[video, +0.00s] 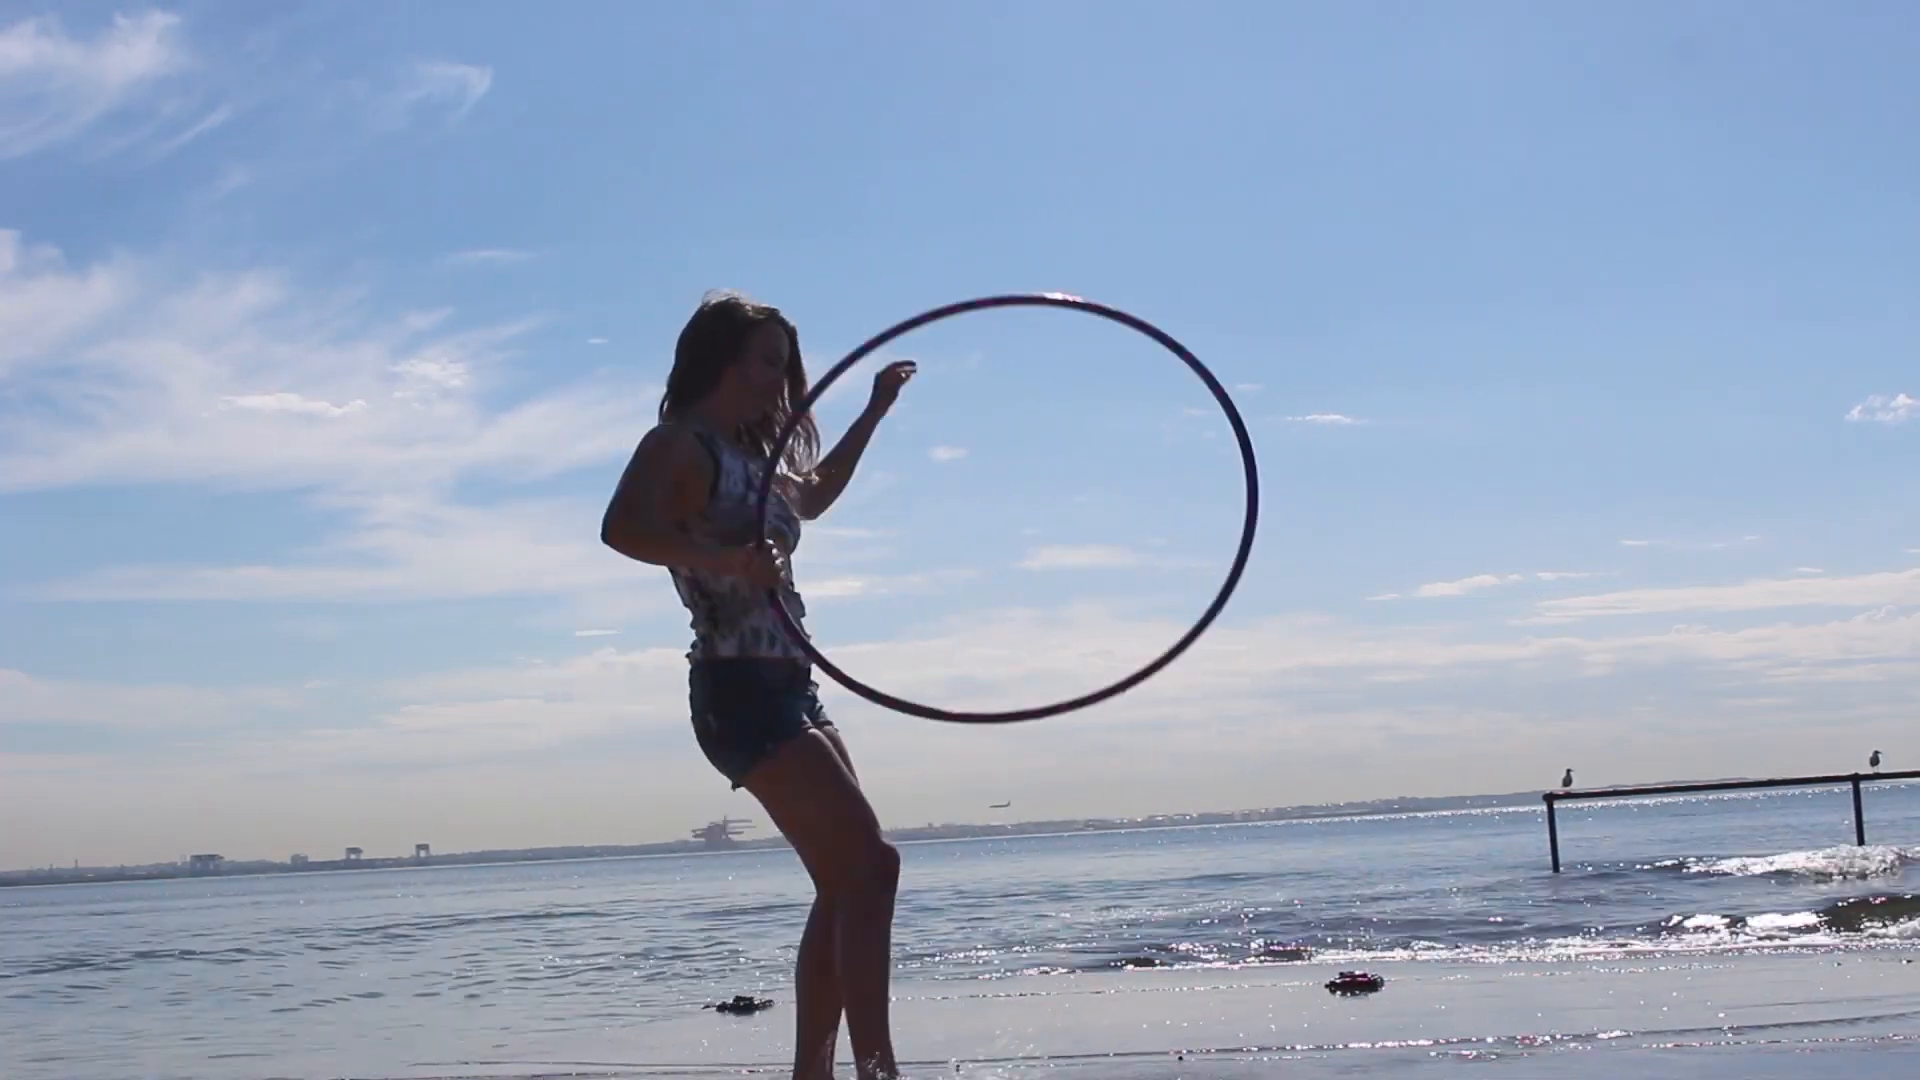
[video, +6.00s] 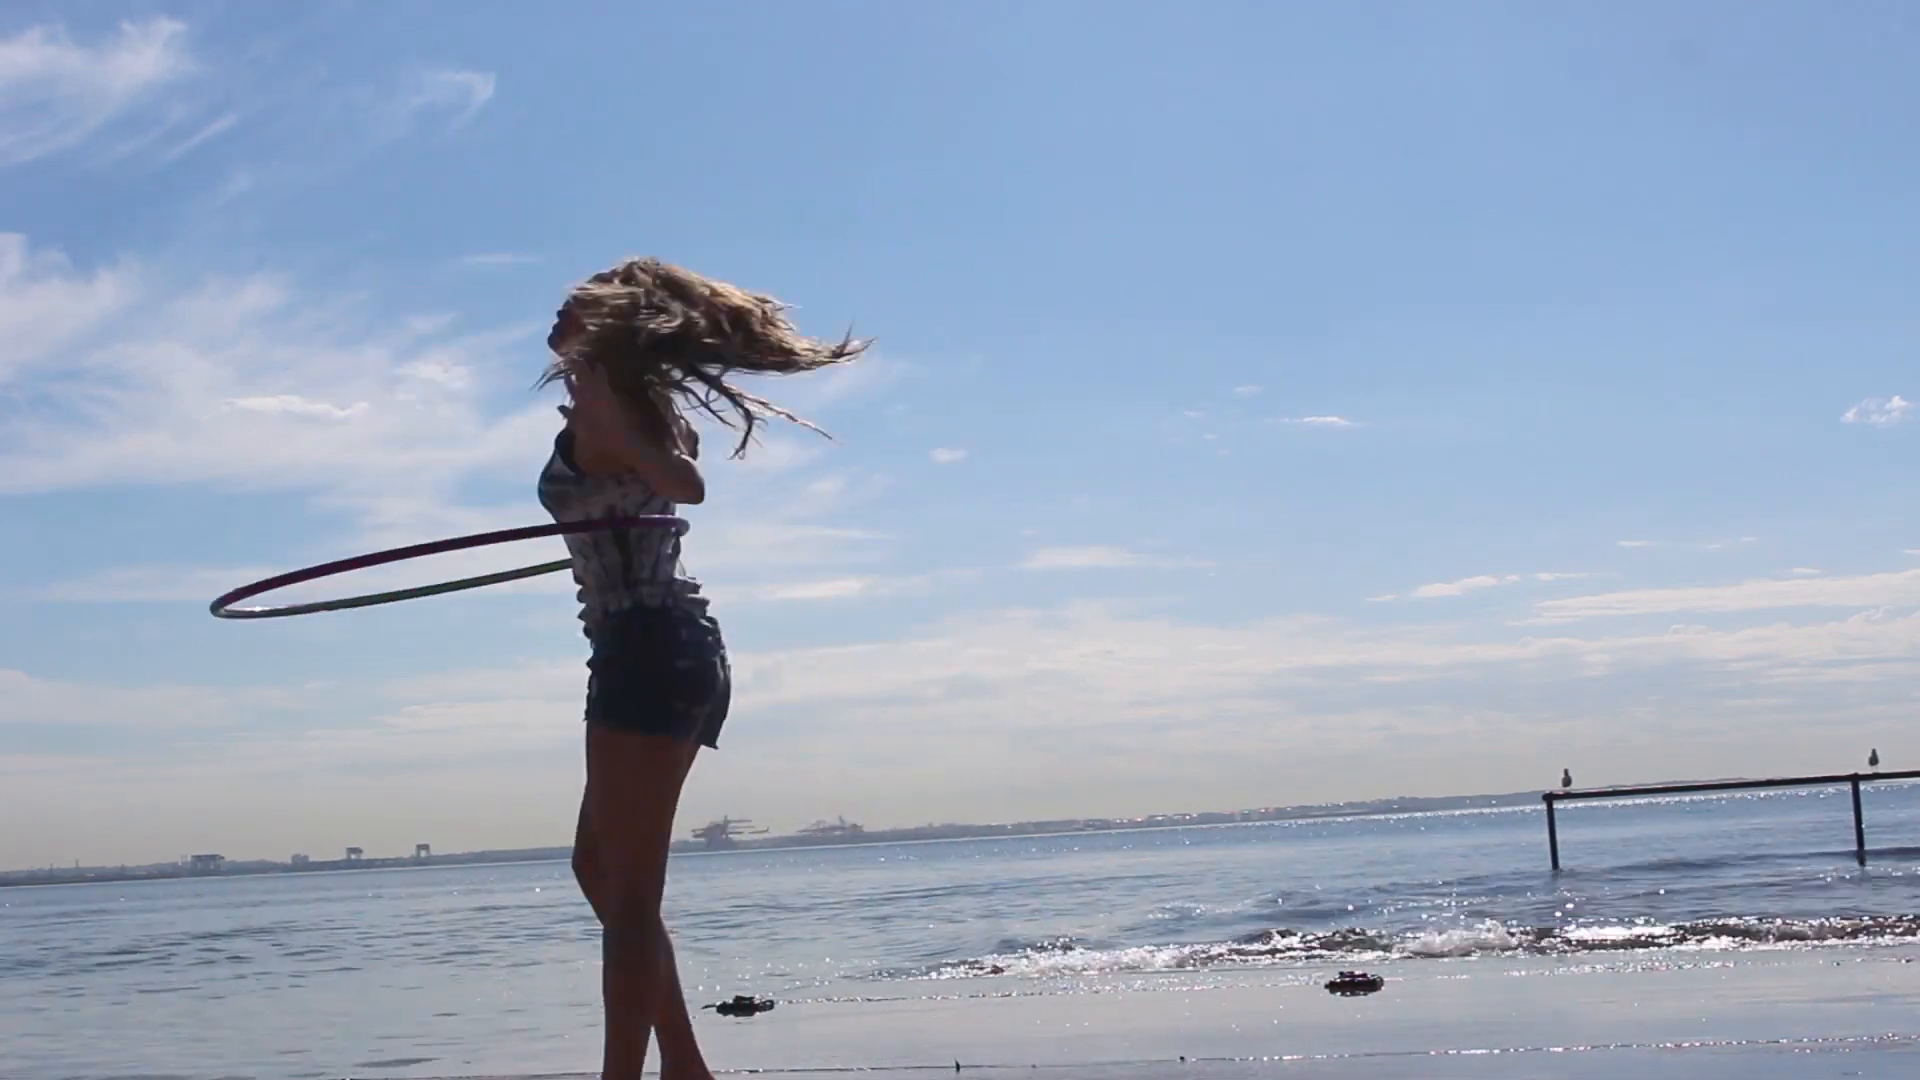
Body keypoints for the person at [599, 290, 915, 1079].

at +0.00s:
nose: (781, 379)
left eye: (785, 366)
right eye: (770, 363)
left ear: (774, 371)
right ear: (724, 362)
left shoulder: (756, 450)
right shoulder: (678, 441)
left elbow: (814, 495)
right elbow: (623, 527)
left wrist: (874, 412)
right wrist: (723, 559)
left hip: (786, 685)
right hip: (744, 690)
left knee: (843, 880)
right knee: (870, 867)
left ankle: (811, 1070)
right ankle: (878, 1066)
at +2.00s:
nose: (716, 396)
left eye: (728, 382)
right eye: (716, 382)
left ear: (778, 386)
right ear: (776, 389)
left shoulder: (764, 458)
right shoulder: (824, 467)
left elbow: (680, 516)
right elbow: (833, 583)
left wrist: (606, 443)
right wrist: (743, 583)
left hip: (811, 710)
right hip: (815, 706)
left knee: (785, 915)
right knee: (665, 851)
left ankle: (956, 1054)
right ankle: (665, 1062)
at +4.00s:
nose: (951, 356)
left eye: (957, 341)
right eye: (943, 337)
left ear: (939, 331)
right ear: (899, 322)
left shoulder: (911, 392)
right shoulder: (831, 380)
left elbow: (970, 269)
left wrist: (906, 258)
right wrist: (993, 468)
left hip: (937, 646)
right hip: (855, 653)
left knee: (961, 867)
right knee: (954, 859)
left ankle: (939, 1069)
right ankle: (873, 1064)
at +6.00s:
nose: (560, 321)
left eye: (576, 311)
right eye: (566, 307)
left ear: (607, 329)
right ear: (617, 333)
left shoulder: (614, 402)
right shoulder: (603, 402)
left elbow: (686, 483)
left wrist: (616, 453)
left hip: (649, 651)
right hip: (660, 646)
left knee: (632, 884)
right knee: (597, 864)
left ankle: (623, 1072)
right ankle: (684, 1063)